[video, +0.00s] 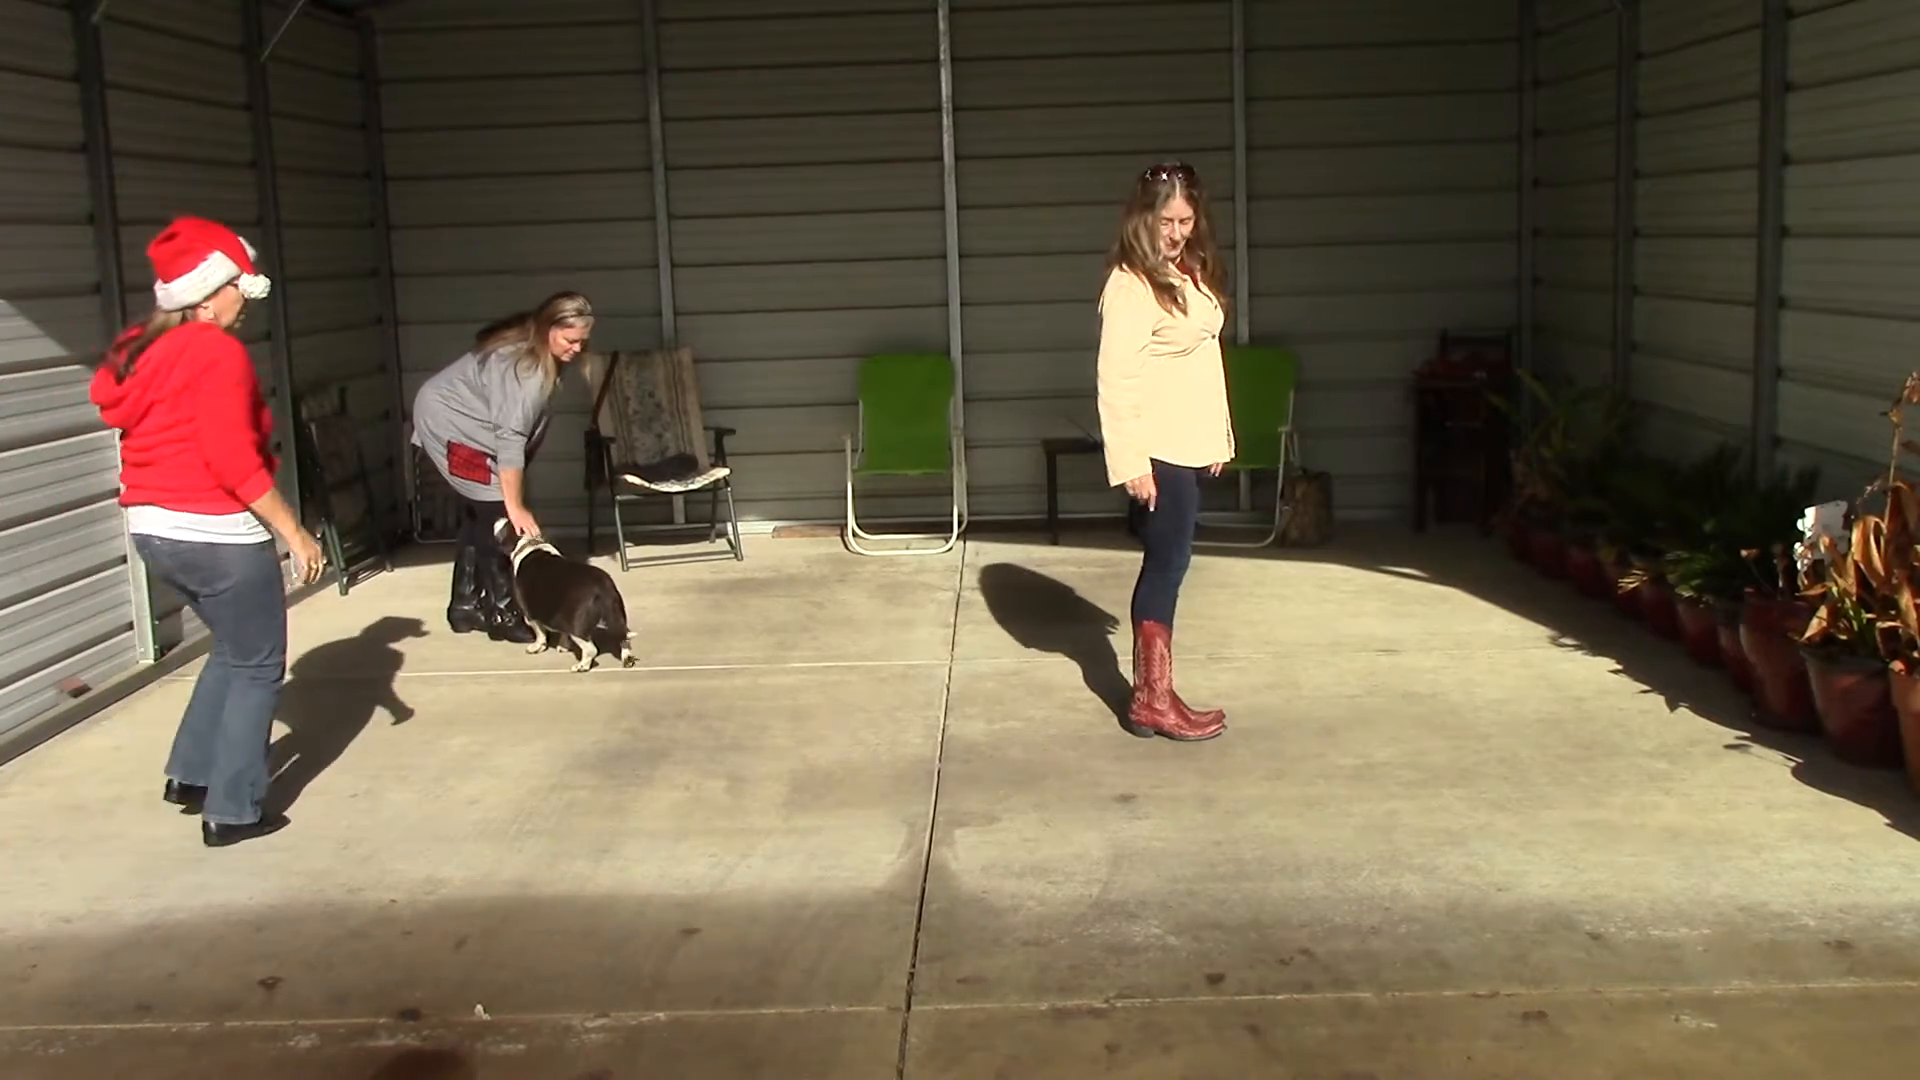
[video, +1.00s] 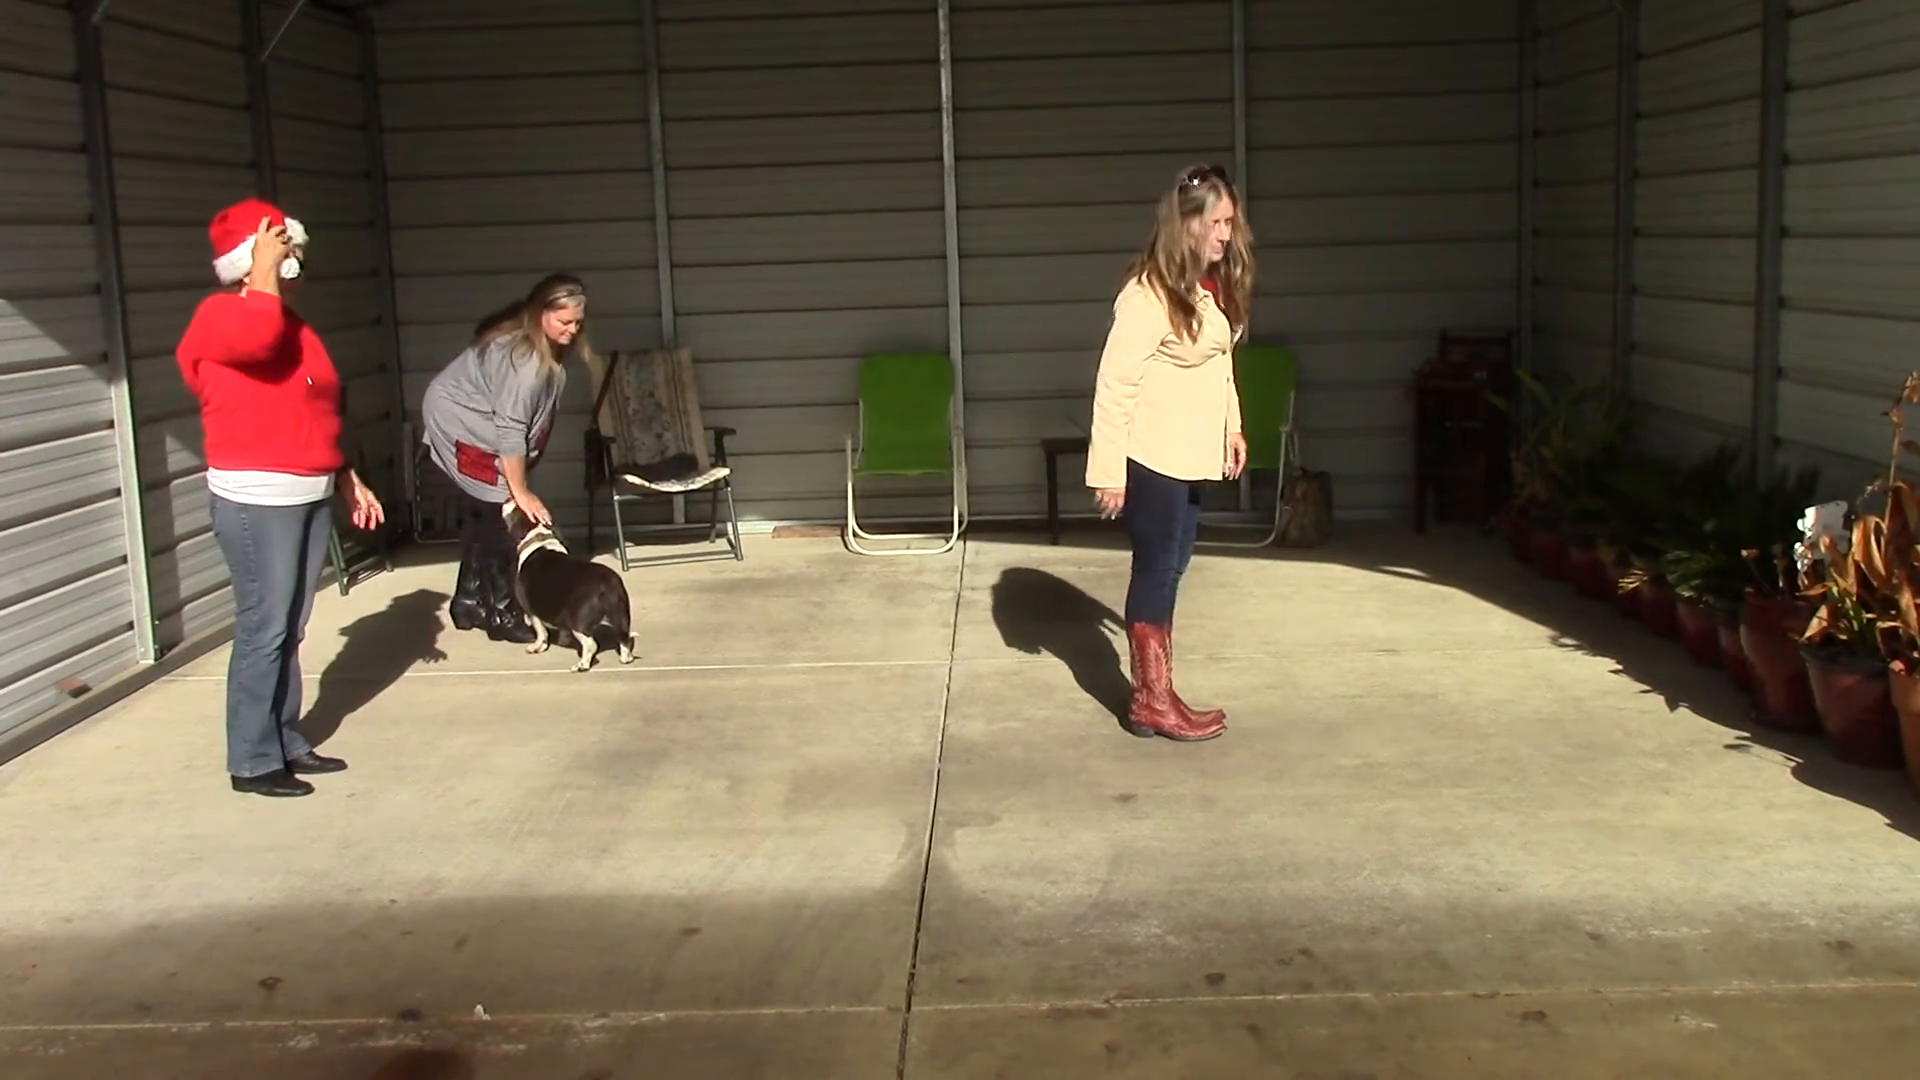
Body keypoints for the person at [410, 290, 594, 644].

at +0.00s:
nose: (576, 349)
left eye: (581, 342)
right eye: (571, 341)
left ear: (585, 335)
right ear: (549, 330)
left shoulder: (533, 352)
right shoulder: (526, 368)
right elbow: (510, 441)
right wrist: (515, 508)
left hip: (453, 411)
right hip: (445, 416)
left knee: (480, 507)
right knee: (494, 508)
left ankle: (464, 604)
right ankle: (502, 611)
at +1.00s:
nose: (572, 330)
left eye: (577, 322)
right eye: (564, 321)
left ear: (583, 319)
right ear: (541, 314)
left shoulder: (539, 346)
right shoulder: (525, 359)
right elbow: (510, 431)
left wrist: (516, 479)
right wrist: (521, 492)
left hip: (467, 413)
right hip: (455, 418)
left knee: (486, 507)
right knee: (499, 508)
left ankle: (468, 599)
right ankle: (502, 610)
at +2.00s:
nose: (561, 249)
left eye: (564, 241)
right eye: (551, 242)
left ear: (568, 245)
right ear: (531, 248)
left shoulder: (572, 290)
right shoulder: (520, 298)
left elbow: (580, 351)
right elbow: (542, 364)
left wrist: (595, 394)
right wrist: (581, 415)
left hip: (559, 408)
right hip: (525, 413)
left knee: (556, 505)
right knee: (538, 510)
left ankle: (557, 592)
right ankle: (534, 597)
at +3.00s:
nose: (552, 245)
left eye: (554, 236)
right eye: (542, 238)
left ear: (559, 240)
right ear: (520, 244)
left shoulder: (563, 287)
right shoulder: (517, 292)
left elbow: (582, 346)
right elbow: (536, 358)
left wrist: (596, 395)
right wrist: (570, 407)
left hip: (558, 409)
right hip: (528, 412)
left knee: (554, 500)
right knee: (534, 503)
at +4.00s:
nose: (581, 247)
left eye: (584, 239)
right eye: (572, 240)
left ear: (587, 242)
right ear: (550, 245)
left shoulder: (580, 287)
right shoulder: (547, 293)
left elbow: (593, 342)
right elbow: (562, 358)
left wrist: (606, 360)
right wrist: (589, 411)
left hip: (572, 404)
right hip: (556, 408)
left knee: (576, 500)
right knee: (587, 498)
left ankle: (574, 589)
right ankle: (594, 590)